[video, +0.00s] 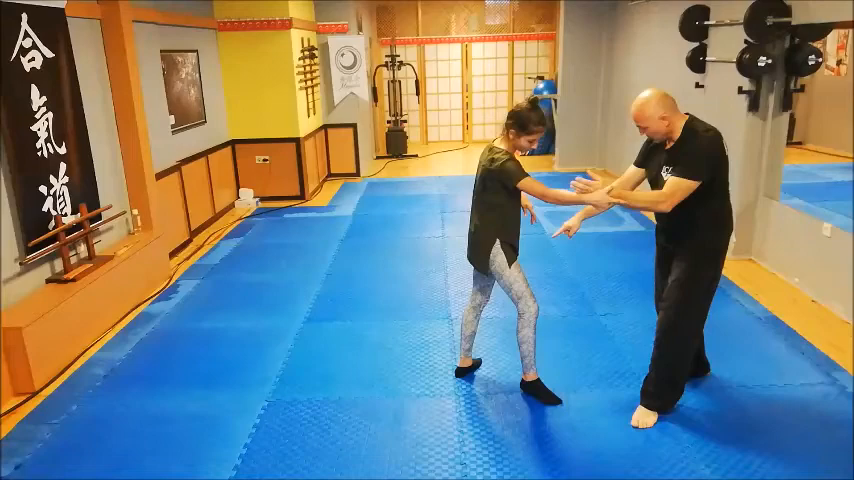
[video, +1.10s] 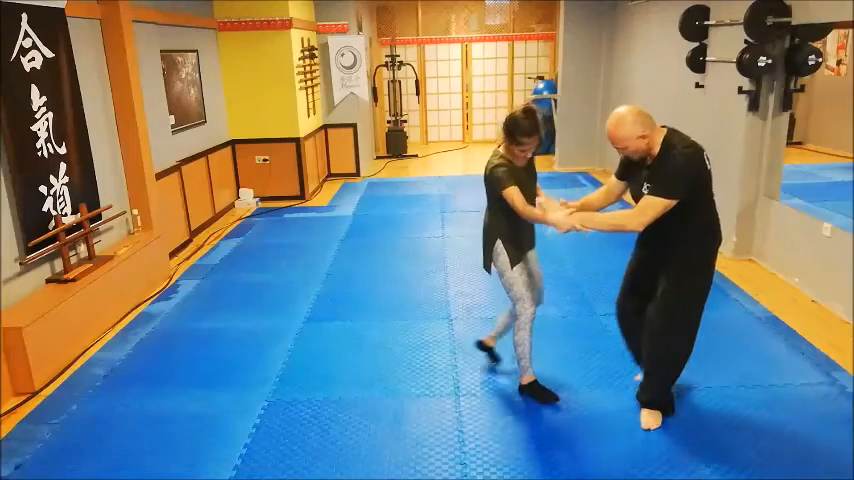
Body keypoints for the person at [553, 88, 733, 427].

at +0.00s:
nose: (642, 133)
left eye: (645, 127)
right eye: (640, 128)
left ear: (666, 117)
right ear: (661, 119)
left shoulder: (704, 142)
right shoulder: (657, 142)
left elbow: (665, 200)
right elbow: (623, 187)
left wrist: (610, 195)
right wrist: (579, 217)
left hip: (703, 243)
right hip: (669, 238)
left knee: (674, 316)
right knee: (669, 305)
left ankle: (655, 399)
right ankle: (694, 362)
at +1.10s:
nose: (619, 152)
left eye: (622, 147)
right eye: (616, 147)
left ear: (644, 135)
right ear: (639, 137)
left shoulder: (682, 159)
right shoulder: (637, 152)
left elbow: (638, 220)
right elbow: (611, 191)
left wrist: (577, 220)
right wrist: (578, 205)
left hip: (692, 251)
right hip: (654, 242)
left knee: (668, 324)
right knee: (630, 307)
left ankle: (655, 400)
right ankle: (651, 367)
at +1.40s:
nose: (607, 160)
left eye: (612, 154)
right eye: (605, 154)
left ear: (637, 145)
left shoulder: (672, 165)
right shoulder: (622, 159)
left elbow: (617, 220)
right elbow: (582, 197)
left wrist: (556, 234)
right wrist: (540, 221)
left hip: (683, 254)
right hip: (641, 245)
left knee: (665, 328)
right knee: (610, 311)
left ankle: (654, 402)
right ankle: (588, 389)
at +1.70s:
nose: (580, 180)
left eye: (583, 175)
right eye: (578, 175)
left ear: (604, 166)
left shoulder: (643, 172)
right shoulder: (597, 169)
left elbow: (605, 232)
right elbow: (583, 217)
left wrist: (548, 234)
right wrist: (561, 247)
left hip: (670, 251)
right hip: (626, 245)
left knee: (660, 328)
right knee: (599, 314)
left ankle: (654, 403)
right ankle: (583, 391)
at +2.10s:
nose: (564, 188)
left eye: (567, 183)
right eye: (561, 182)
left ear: (588, 169)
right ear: (567, 169)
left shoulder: (631, 170)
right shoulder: (577, 182)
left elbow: (619, 243)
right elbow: (567, 240)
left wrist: (562, 260)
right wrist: (547, 286)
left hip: (664, 247)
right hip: (620, 245)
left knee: (659, 325)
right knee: (596, 314)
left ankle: (654, 402)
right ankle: (583, 391)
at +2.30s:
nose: (563, 184)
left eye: (566, 180)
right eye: (560, 179)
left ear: (588, 169)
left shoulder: (634, 168)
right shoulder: (577, 180)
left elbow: (624, 241)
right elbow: (565, 239)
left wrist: (565, 259)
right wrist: (546, 285)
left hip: (664, 247)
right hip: (619, 245)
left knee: (658, 323)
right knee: (595, 313)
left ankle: (654, 402)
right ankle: (582, 391)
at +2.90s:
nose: (607, 139)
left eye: (612, 134)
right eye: (606, 133)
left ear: (637, 127)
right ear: (625, 128)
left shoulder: (677, 150)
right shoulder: (621, 152)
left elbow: (660, 221)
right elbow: (618, 204)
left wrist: (598, 237)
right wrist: (607, 248)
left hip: (684, 246)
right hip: (641, 240)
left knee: (670, 323)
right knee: (617, 310)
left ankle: (657, 402)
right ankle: (598, 384)